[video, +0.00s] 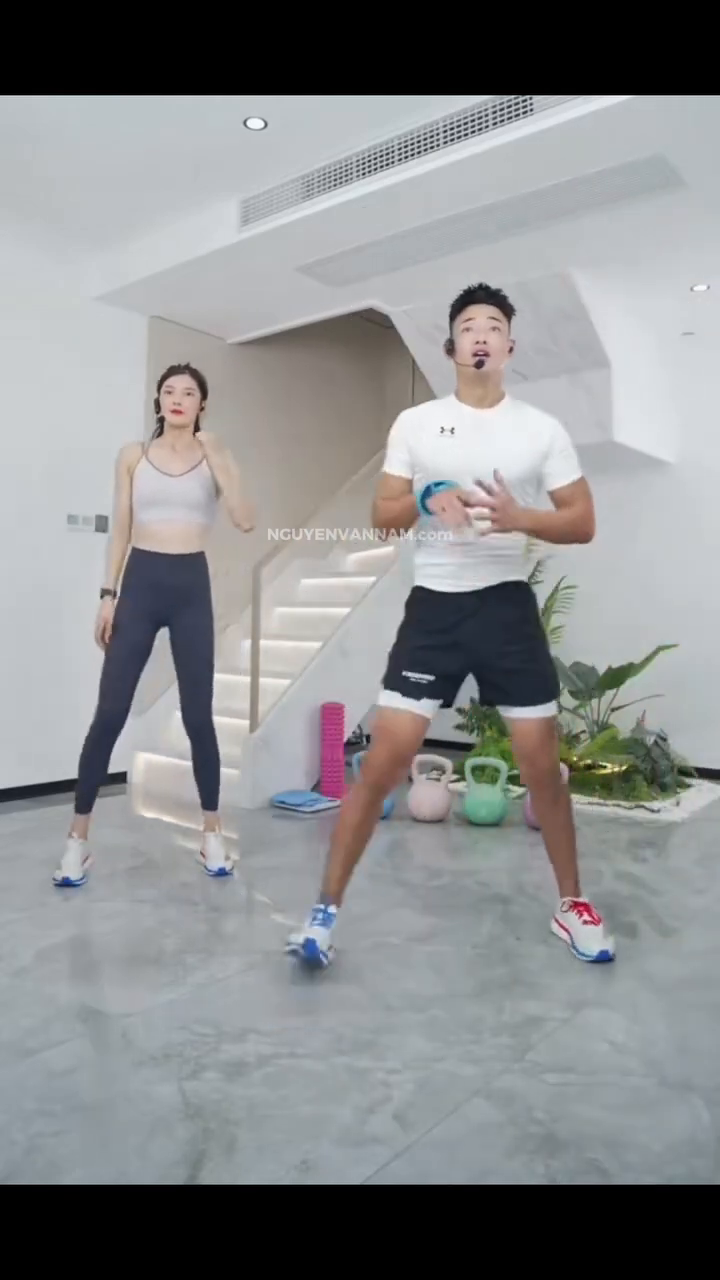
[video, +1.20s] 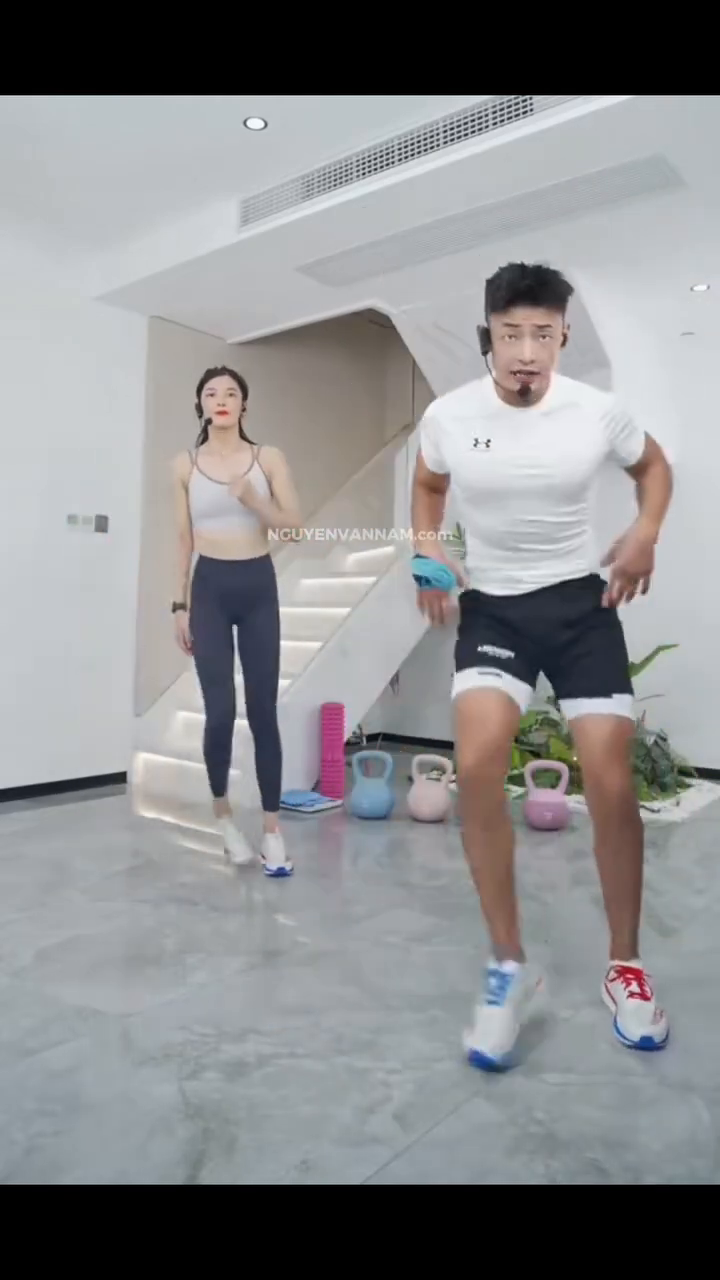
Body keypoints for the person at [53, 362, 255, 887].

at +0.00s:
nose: (178, 399)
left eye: (188, 393)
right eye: (171, 391)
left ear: (202, 405)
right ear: (158, 400)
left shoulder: (215, 455)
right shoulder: (134, 455)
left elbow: (244, 519)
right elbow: (122, 530)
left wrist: (214, 454)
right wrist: (109, 595)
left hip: (193, 588)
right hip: (139, 586)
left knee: (198, 715)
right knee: (109, 716)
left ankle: (212, 832)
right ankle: (78, 835)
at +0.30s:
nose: (148, 400)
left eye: (157, 394)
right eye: (140, 392)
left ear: (170, 406)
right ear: (126, 401)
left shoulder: (184, 464)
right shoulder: (98, 457)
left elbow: (199, 543)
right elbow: (77, 529)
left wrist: (186, 490)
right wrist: (59, 597)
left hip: (153, 589)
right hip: (100, 585)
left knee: (136, 707)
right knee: (88, 715)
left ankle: (139, 799)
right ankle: (78, 837)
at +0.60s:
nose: (146, 400)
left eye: (155, 394)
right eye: (137, 392)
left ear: (166, 406)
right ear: (121, 402)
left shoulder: (184, 464)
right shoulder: (96, 460)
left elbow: (208, 541)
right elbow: (81, 533)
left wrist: (194, 491)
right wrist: (71, 603)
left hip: (159, 595)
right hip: (104, 593)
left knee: (185, 708)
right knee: (87, 718)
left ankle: (168, 812)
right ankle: (78, 838)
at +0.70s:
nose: (156, 396)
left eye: (165, 390)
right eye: (146, 389)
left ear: (175, 403)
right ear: (131, 400)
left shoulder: (195, 462)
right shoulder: (108, 458)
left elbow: (212, 538)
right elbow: (93, 533)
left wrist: (201, 487)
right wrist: (86, 601)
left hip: (171, 594)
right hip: (115, 592)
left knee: (213, 708)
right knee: (96, 718)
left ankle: (227, 815)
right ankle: (79, 839)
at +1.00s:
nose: (201, 406)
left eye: (210, 399)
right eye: (192, 400)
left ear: (223, 410)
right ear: (180, 411)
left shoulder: (247, 463)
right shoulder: (165, 473)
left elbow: (282, 524)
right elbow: (154, 550)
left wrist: (239, 497)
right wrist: (142, 617)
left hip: (245, 598)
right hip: (191, 600)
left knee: (257, 716)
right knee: (147, 712)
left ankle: (272, 830)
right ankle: (103, 825)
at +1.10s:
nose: (213, 404)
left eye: (222, 398)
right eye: (204, 398)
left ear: (236, 409)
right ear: (192, 410)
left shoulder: (260, 461)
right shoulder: (179, 471)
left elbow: (292, 524)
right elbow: (173, 549)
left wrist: (250, 499)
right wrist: (163, 616)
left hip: (256, 593)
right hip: (204, 594)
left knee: (262, 713)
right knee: (181, 707)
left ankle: (272, 828)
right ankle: (161, 798)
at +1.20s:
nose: (220, 400)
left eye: (229, 393)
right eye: (212, 394)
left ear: (244, 405)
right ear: (200, 406)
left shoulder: (268, 458)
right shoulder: (187, 464)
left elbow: (295, 525)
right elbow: (185, 539)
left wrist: (257, 502)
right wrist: (181, 604)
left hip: (258, 586)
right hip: (207, 588)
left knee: (262, 713)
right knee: (220, 713)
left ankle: (272, 827)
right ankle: (223, 812)